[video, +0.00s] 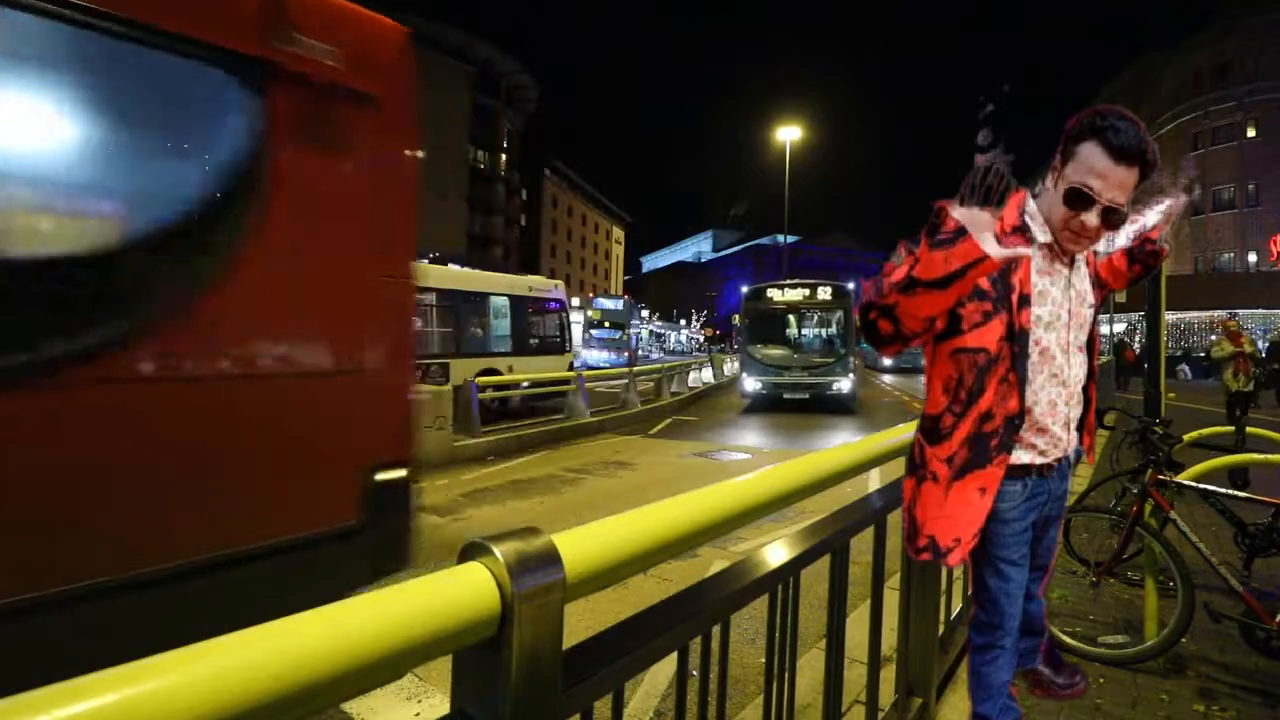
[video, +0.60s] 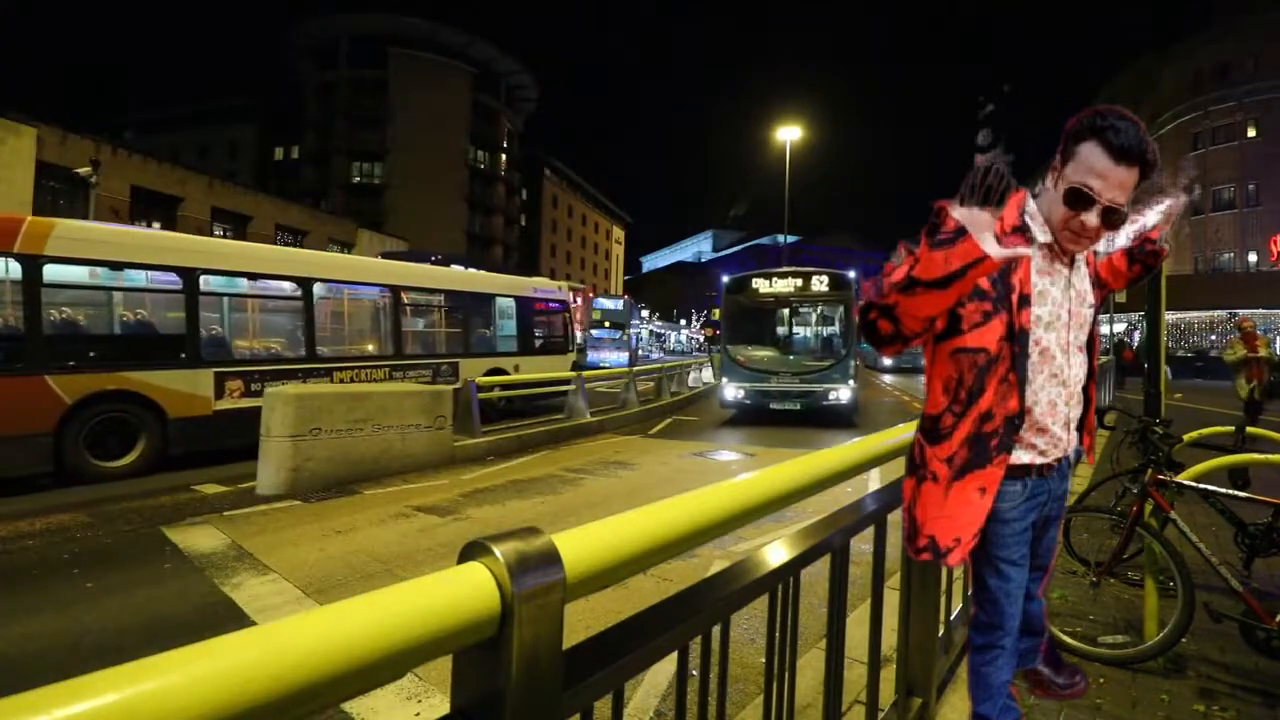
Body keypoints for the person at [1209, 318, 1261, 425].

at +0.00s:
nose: (1232, 329)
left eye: (1234, 326)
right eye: (1229, 327)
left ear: (1238, 327)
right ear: (1225, 329)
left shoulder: (1247, 340)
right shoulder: (1222, 341)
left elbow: (1257, 355)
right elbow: (1214, 355)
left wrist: (1247, 350)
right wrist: (1232, 351)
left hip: (1247, 377)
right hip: (1230, 377)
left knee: (1245, 400)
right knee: (1231, 401)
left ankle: (1243, 419)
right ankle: (1232, 420)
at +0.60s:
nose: (1249, 331)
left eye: (1251, 327)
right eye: (1245, 328)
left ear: (1255, 328)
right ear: (1240, 331)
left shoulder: (1263, 341)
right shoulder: (1235, 343)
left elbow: (1273, 358)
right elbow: (1227, 359)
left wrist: (1264, 353)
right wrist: (1244, 354)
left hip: (1261, 380)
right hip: (1244, 381)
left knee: (1258, 408)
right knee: (1248, 408)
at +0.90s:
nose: (1259, 327)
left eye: (1261, 324)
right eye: (1256, 325)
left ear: (1264, 325)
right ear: (1249, 327)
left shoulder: (1271, 339)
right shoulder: (1244, 340)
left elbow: (1277, 351)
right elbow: (1236, 355)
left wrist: (1272, 350)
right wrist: (1257, 351)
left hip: (1272, 382)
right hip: (1253, 383)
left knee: (1273, 407)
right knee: (1253, 408)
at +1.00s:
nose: (1264, 329)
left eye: (1266, 325)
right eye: (1260, 326)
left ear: (1270, 326)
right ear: (1254, 328)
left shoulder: (1273, 340)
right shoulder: (1247, 340)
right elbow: (1239, 355)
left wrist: (1275, 348)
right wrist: (1263, 349)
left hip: (1274, 383)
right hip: (1256, 385)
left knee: (1277, 413)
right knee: (1254, 414)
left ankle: (1276, 436)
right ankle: (1252, 438)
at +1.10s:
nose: (1267, 331)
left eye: (1269, 327)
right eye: (1264, 328)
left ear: (1272, 327)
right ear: (1258, 330)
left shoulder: (1275, 341)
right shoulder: (1252, 341)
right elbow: (1242, 355)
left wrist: (1276, 344)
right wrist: (1264, 345)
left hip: (1275, 385)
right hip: (1259, 385)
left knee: (1277, 411)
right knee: (1258, 411)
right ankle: (1254, 435)